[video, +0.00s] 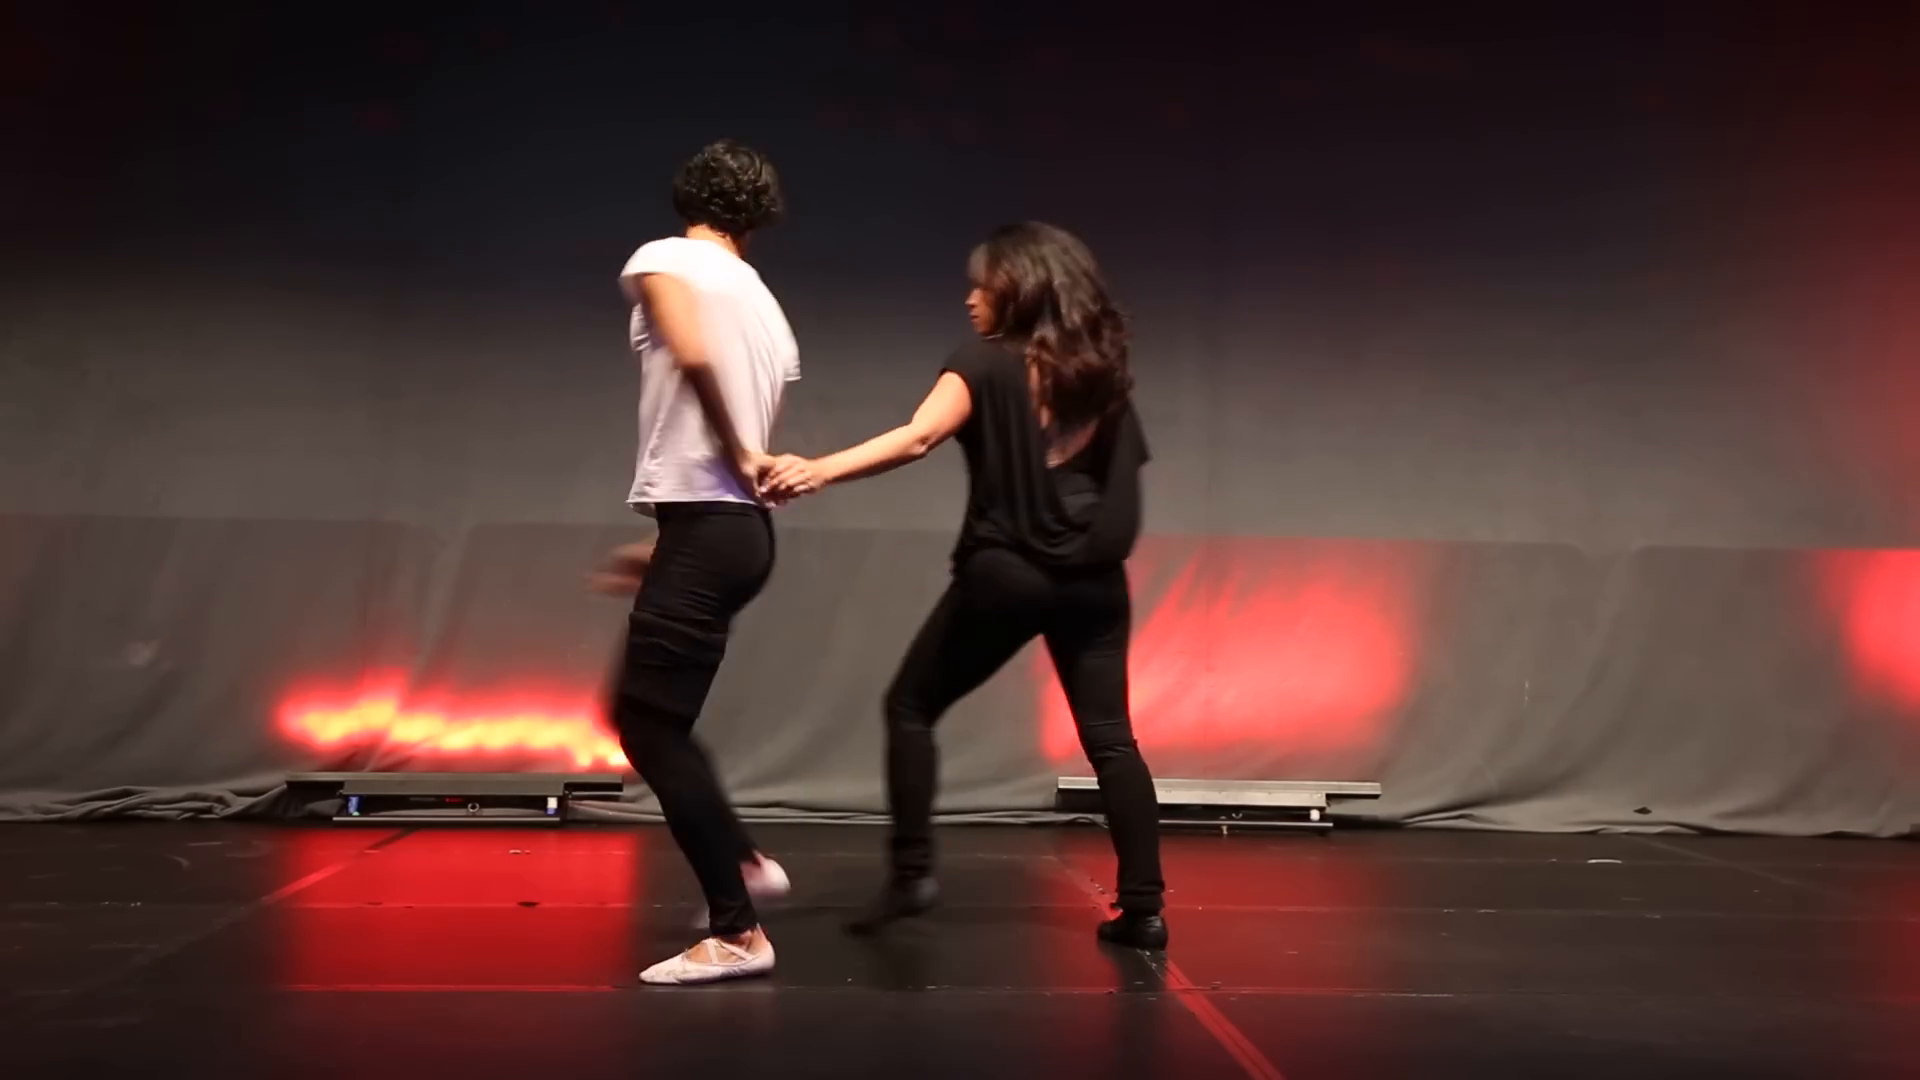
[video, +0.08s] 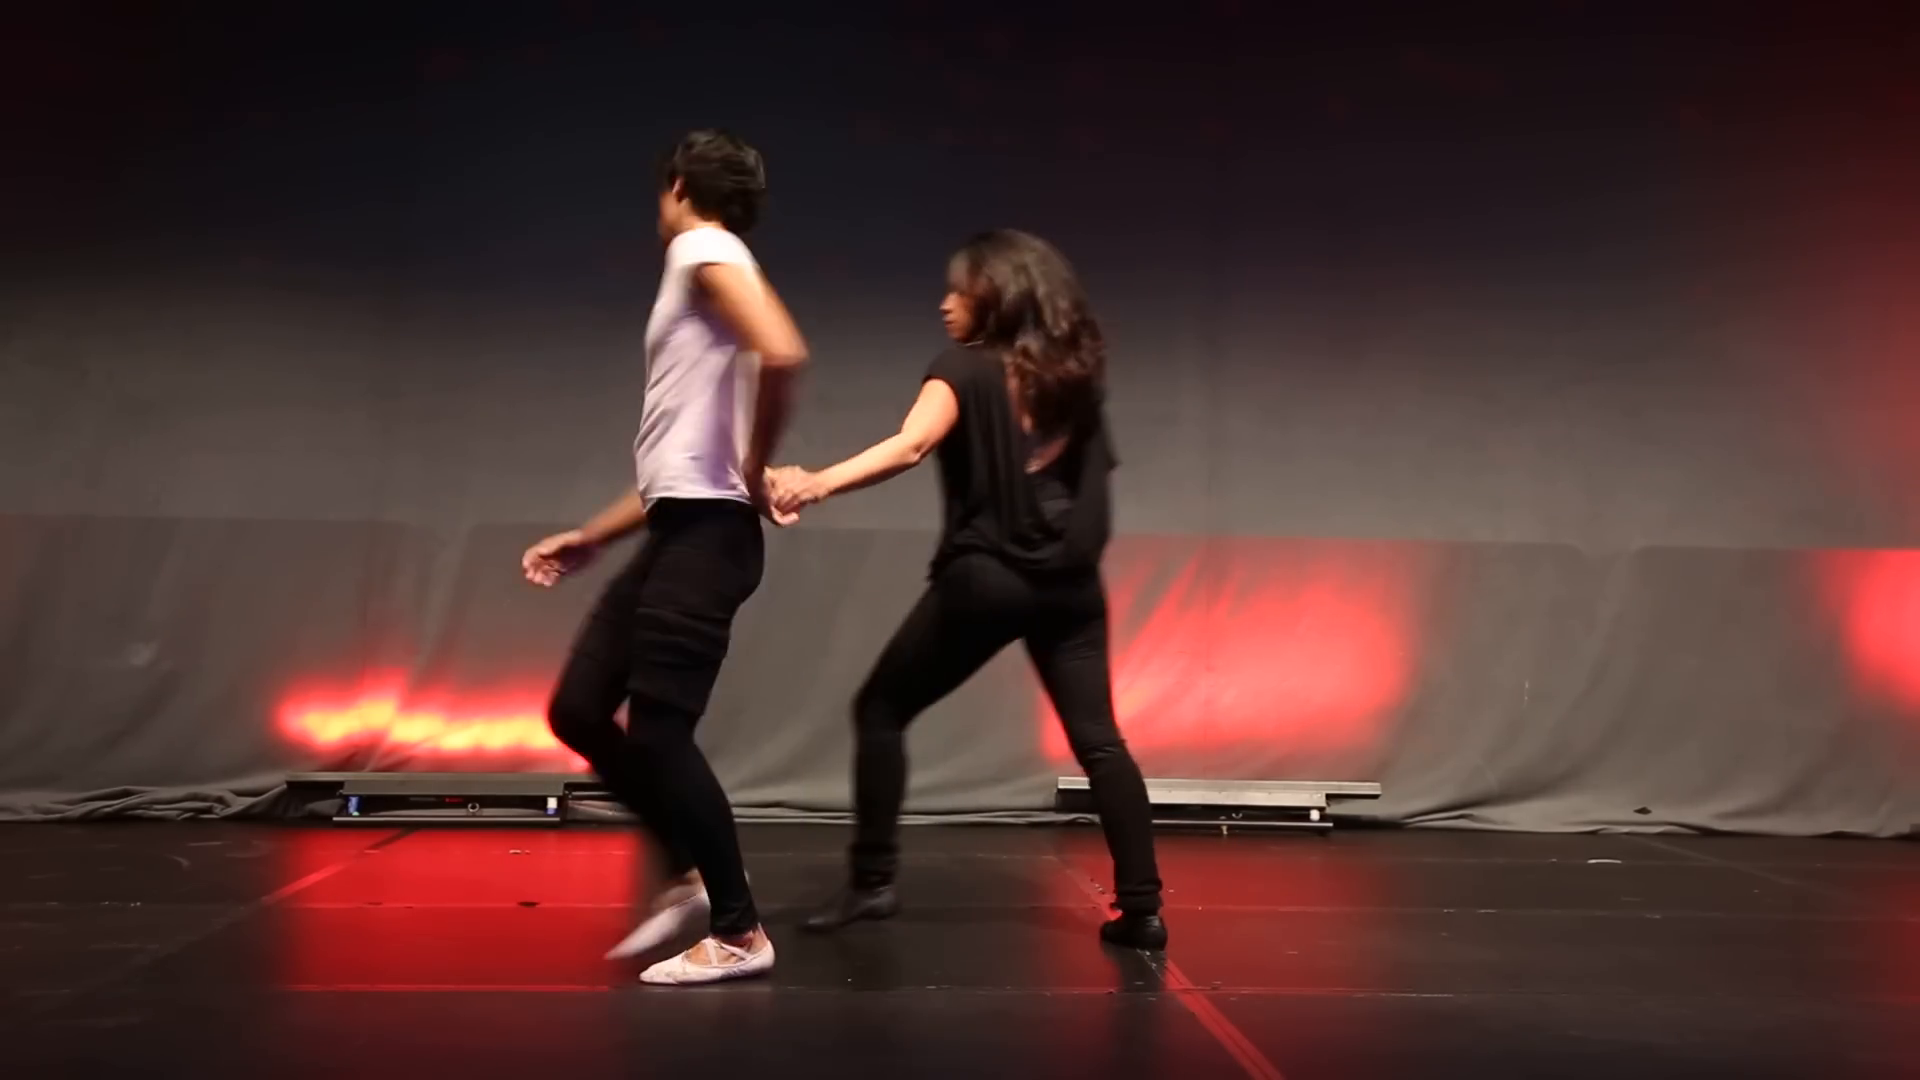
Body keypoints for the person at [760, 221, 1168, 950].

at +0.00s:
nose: (972, 299)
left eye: (981, 286)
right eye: (974, 284)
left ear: (1020, 289)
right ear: (1057, 289)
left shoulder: (981, 365)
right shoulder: (1103, 371)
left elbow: (917, 437)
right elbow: (1127, 469)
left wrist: (819, 470)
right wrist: (1092, 549)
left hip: (1000, 582)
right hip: (1092, 582)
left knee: (910, 706)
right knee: (1112, 739)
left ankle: (910, 875)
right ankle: (1144, 913)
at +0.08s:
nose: (945, 303)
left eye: (957, 290)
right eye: (948, 289)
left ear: (994, 294)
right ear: (1031, 294)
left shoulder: (961, 369)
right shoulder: (1074, 373)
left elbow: (910, 444)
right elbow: (1096, 482)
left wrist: (819, 482)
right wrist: (1058, 553)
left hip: (981, 584)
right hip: (1069, 587)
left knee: (880, 709)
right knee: (1101, 743)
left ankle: (872, 883)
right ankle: (1142, 913)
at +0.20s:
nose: (897, 311)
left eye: (911, 299)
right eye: (900, 297)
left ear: (952, 306)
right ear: (970, 308)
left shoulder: (923, 378)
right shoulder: (1010, 381)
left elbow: (891, 455)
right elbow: (1030, 481)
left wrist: (825, 495)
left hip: (939, 594)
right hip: (1012, 595)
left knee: (827, 721)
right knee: (1058, 743)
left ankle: (861, 895)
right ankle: (1134, 895)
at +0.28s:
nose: (865, 309)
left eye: (881, 297)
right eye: (867, 295)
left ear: (919, 306)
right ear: (934, 310)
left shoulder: (900, 379)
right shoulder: (955, 382)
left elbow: (871, 454)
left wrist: (817, 480)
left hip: (887, 601)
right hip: (954, 601)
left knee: (800, 734)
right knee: (993, 739)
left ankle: (859, 894)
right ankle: (1108, 863)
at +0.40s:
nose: (820, 309)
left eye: (836, 296)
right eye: (818, 297)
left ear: (877, 306)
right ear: (817, 308)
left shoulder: (878, 385)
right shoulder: (838, 391)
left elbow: (848, 412)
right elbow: (807, 447)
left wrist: (839, 353)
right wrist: (755, 401)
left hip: (854, 589)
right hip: (845, 589)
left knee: (791, 743)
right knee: (813, 741)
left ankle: (859, 895)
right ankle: (952, 835)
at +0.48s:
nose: (778, 304)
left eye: (793, 293)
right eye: (778, 293)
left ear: (833, 308)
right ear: (780, 315)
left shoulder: (850, 386)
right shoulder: (785, 401)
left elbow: (870, 375)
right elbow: (731, 440)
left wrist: (860, 293)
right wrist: (667, 401)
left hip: (840, 590)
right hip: (800, 590)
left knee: (779, 743)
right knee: (728, 731)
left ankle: (859, 892)